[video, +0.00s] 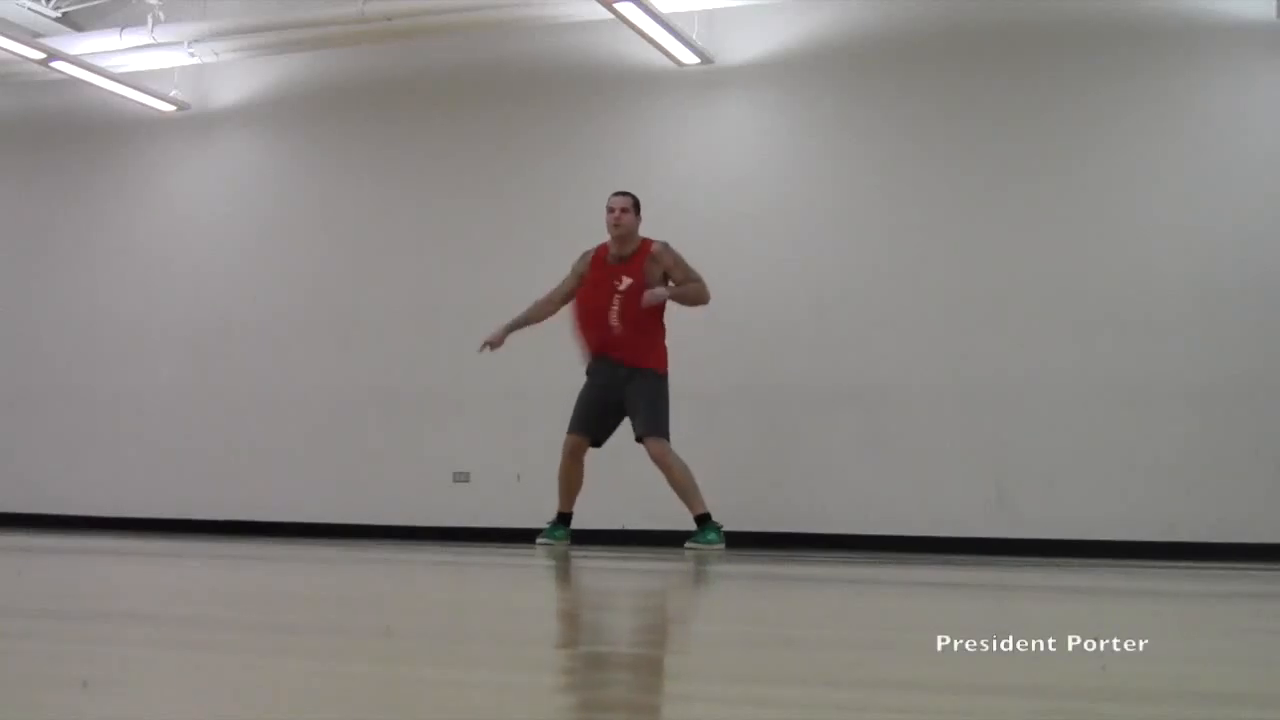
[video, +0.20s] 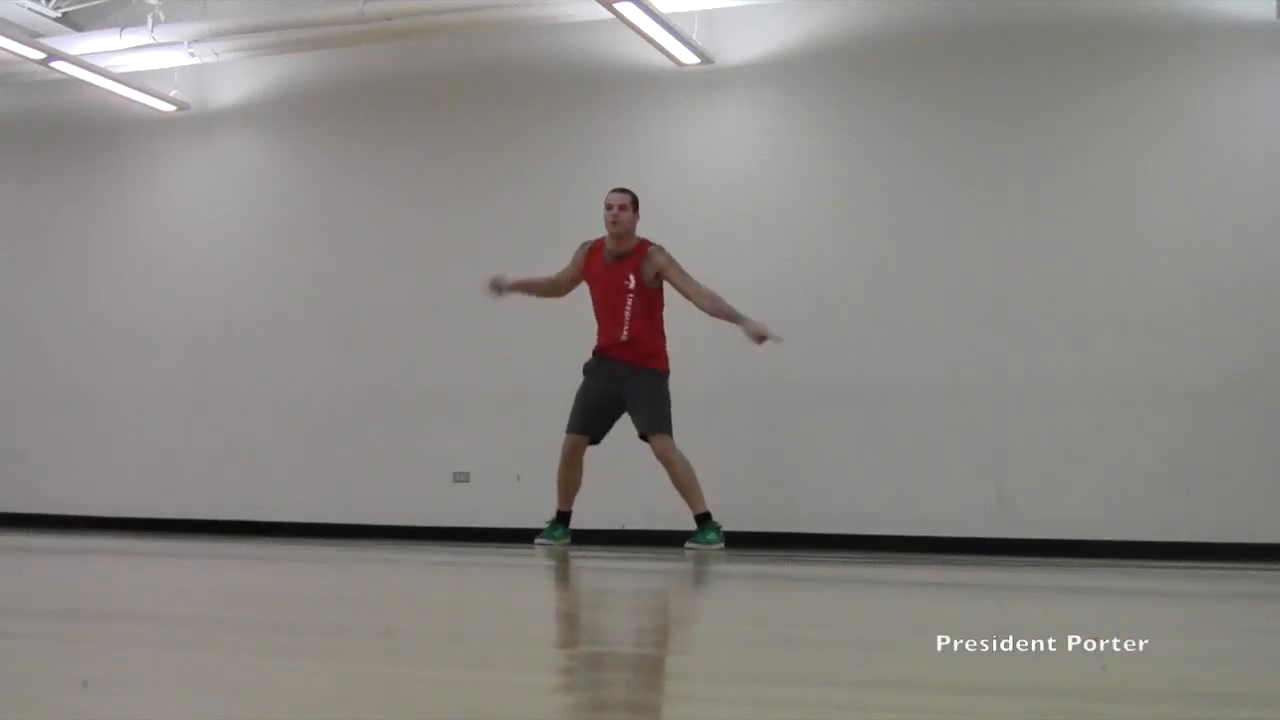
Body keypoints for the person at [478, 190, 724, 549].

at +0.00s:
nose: (616, 216)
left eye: (624, 211)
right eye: (611, 211)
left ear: (638, 219)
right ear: (604, 219)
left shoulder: (658, 254)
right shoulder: (589, 262)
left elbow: (700, 293)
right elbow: (552, 301)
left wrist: (667, 293)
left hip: (646, 371)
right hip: (605, 369)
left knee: (657, 448)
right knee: (573, 445)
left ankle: (707, 526)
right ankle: (561, 524)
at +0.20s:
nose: (615, 214)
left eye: (623, 208)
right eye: (610, 208)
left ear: (636, 216)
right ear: (603, 215)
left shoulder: (653, 258)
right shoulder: (589, 254)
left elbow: (699, 295)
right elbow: (559, 286)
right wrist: (514, 285)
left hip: (646, 368)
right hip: (605, 365)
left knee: (662, 445)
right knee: (573, 442)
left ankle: (707, 525)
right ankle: (561, 524)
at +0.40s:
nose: (611, 213)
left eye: (620, 208)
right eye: (607, 207)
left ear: (635, 216)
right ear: (603, 214)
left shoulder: (652, 259)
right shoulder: (592, 248)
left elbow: (697, 295)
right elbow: (550, 256)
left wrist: (743, 324)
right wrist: (509, 238)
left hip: (644, 371)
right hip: (601, 369)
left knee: (662, 446)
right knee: (575, 446)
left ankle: (709, 527)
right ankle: (547, 521)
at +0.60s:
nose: (611, 215)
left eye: (618, 210)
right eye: (607, 210)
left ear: (634, 218)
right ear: (600, 216)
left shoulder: (648, 265)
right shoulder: (590, 241)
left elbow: (692, 307)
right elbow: (542, 209)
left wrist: (738, 340)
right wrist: (514, 179)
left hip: (643, 375)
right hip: (600, 375)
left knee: (663, 448)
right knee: (576, 451)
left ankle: (712, 526)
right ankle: (548, 522)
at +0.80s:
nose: (616, 215)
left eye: (624, 210)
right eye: (612, 209)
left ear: (639, 217)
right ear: (606, 215)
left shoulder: (651, 261)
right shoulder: (594, 244)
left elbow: (683, 298)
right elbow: (564, 252)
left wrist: (697, 319)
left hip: (639, 376)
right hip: (597, 376)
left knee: (660, 451)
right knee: (571, 452)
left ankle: (711, 525)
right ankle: (548, 522)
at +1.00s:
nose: (621, 214)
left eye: (630, 209)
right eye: (617, 209)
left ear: (643, 219)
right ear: (610, 216)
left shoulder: (657, 264)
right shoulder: (596, 247)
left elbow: (710, 295)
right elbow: (557, 247)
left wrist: (764, 318)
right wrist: (521, 232)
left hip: (638, 378)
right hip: (594, 377)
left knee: (657, 450)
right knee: (571, 452)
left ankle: (711, 526)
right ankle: (547, 521)